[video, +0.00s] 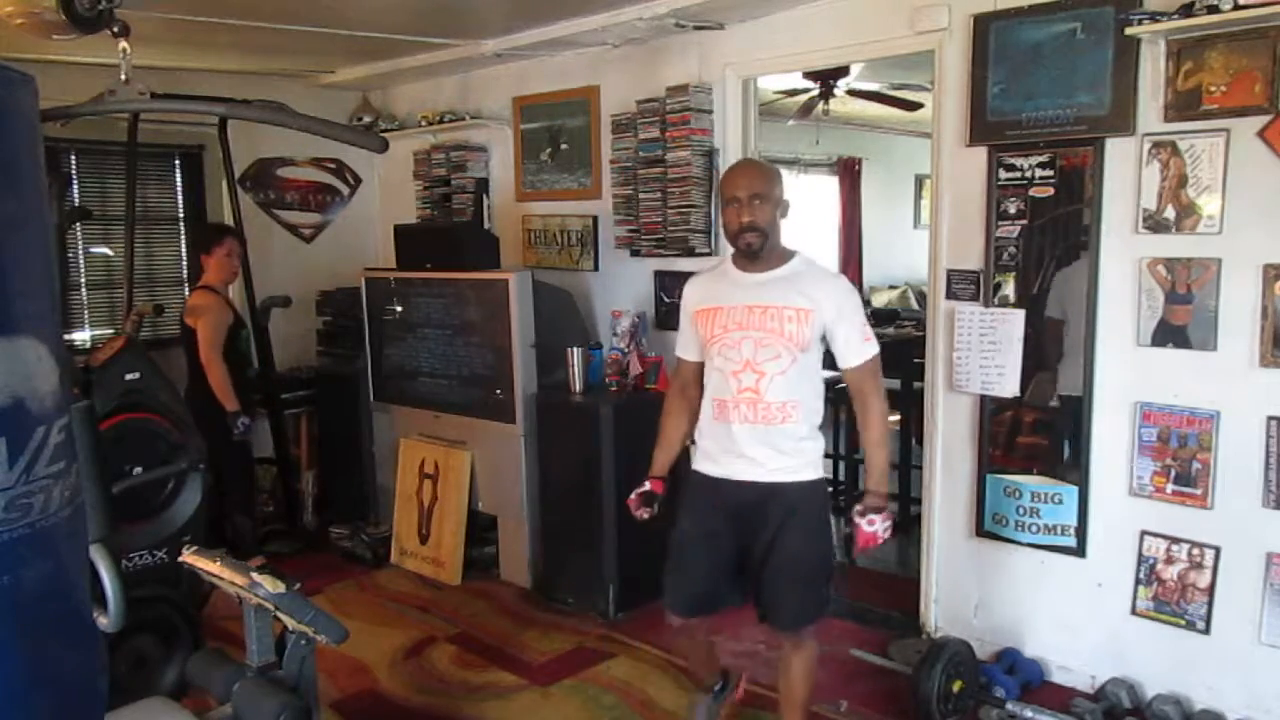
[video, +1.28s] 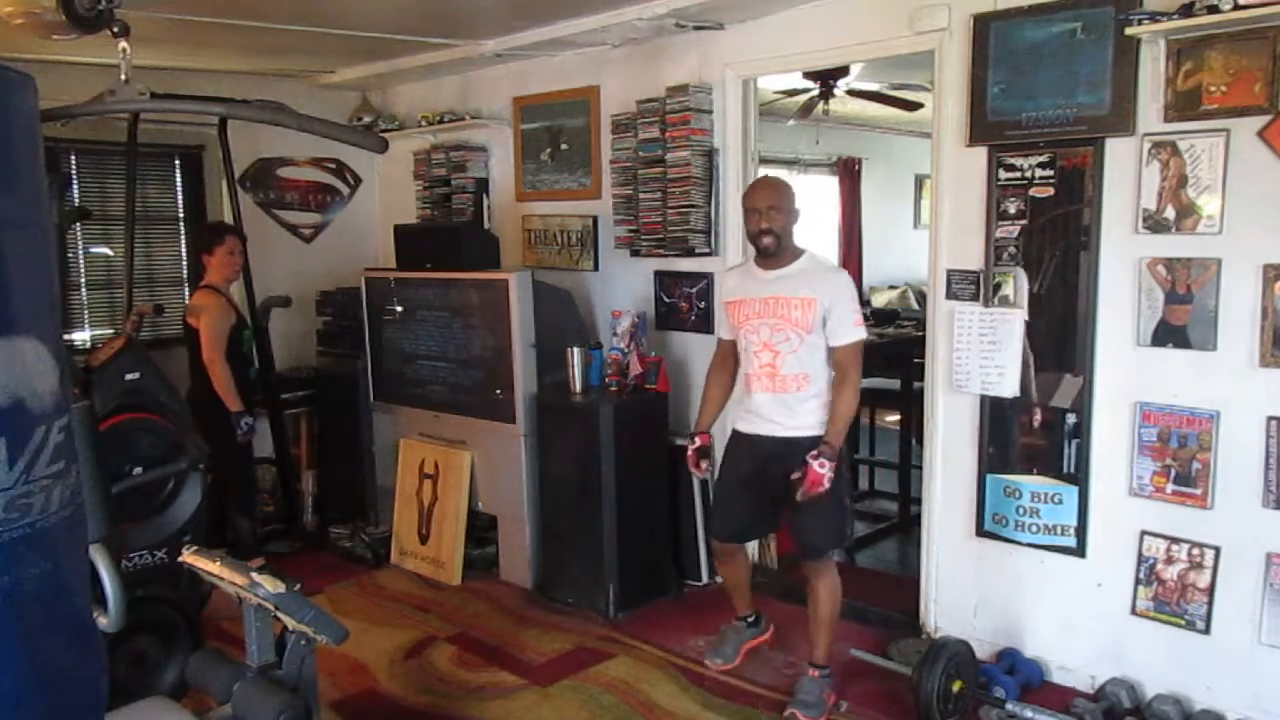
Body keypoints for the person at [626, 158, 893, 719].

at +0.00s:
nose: (744, 215)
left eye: (757, 202)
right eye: (732, 203)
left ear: (781, 209)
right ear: (719, 214)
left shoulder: (827, 290)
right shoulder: (700, 291)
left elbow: (868, 390)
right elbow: (683, 389)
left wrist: (877, 487)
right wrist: (657, 474)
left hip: (793, 487)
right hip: (711, 482)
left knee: (794, 628)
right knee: (682, 614)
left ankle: (793, 716)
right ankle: (715, 685)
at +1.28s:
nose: (762, 222)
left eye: (773, 212)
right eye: (753, 213)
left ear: (794, 217)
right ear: (742, 218)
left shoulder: (831, 282)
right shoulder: (732, 282)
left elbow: (848, 375)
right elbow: (725, 358)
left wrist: (829, 451)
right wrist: (702, 428)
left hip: (811, 441)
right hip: (746, 436)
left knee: (819, 559)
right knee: (724, 539)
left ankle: (817, 671)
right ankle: (748, 621)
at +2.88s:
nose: (686, 244)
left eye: (690, 233)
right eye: (683, 234)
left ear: (726, 221)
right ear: (718, 225)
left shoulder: (782, 285)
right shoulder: (705, 281)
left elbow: (797, 383)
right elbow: (700, 364)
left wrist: (770, 467)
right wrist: (664, 427)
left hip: (754, 452)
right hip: (700, 444)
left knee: (757, 569)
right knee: (672, 545)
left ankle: (756, 678)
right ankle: (697, 641)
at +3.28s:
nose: (639, 262)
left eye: (645, 248)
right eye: (633, 251)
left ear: (683, 233)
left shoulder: (745, 284)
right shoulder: (653, 294)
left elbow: (777, 381)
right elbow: (676, 372)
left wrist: (750, 470)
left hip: (734, 464)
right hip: (670, 458)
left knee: (748, 581)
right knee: (641, 571)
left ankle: (754, 681)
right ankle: (626, 694)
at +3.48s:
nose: (596, 273)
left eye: (603, 259)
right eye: (589, 262)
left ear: (641, 242)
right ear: (588, 255)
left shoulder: (705, 288)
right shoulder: (604, 305)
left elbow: (755, 371)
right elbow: (614, 389)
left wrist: (739, 463)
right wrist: (619, 468)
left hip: (706, 471)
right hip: (640, 470)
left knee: (710, 594)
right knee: (623, 585)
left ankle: (745, 675)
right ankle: (620, 705)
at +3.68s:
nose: (562, 311)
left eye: (567, 299)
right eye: (554, 301)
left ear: (600, 273)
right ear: (553, 288)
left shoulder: (678, 304)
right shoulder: (565, 326)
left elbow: (722, 393)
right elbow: (576, 402)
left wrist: (682, 477)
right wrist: (580, 487)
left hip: (700, 459)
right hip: (629, 460)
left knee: (689, 587)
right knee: (618, 587)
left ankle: (718, 711)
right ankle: (620, 706)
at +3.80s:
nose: (549, 363)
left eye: (555, 351)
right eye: (542, 354)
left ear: (586, 320)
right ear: (531, 338)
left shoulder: (661, 343)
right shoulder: (552, 363)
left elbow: (705, 436)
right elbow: (565, 434)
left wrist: (653, 516)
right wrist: (569, 523)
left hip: (703, 469)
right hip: (633, 468)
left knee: (696, 600)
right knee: (614, 588)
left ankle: (709, 716)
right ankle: (619, 705)